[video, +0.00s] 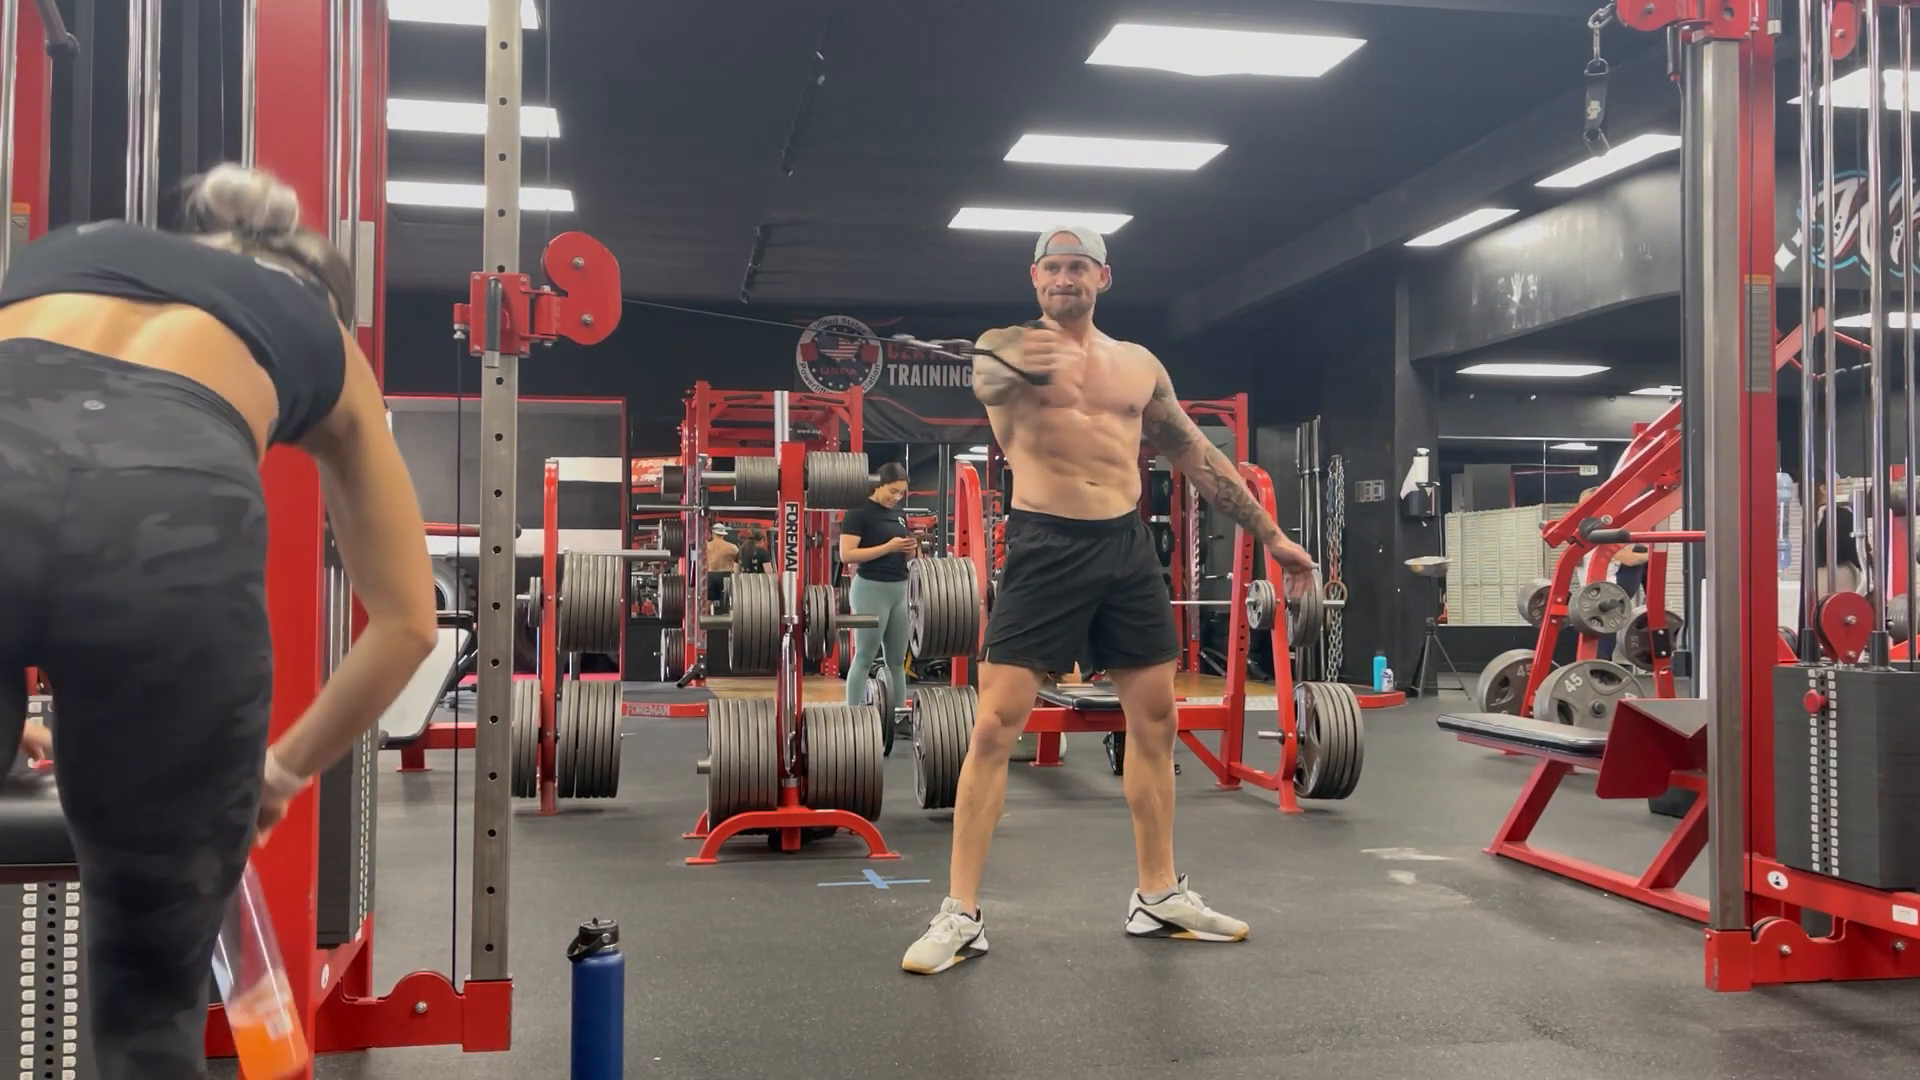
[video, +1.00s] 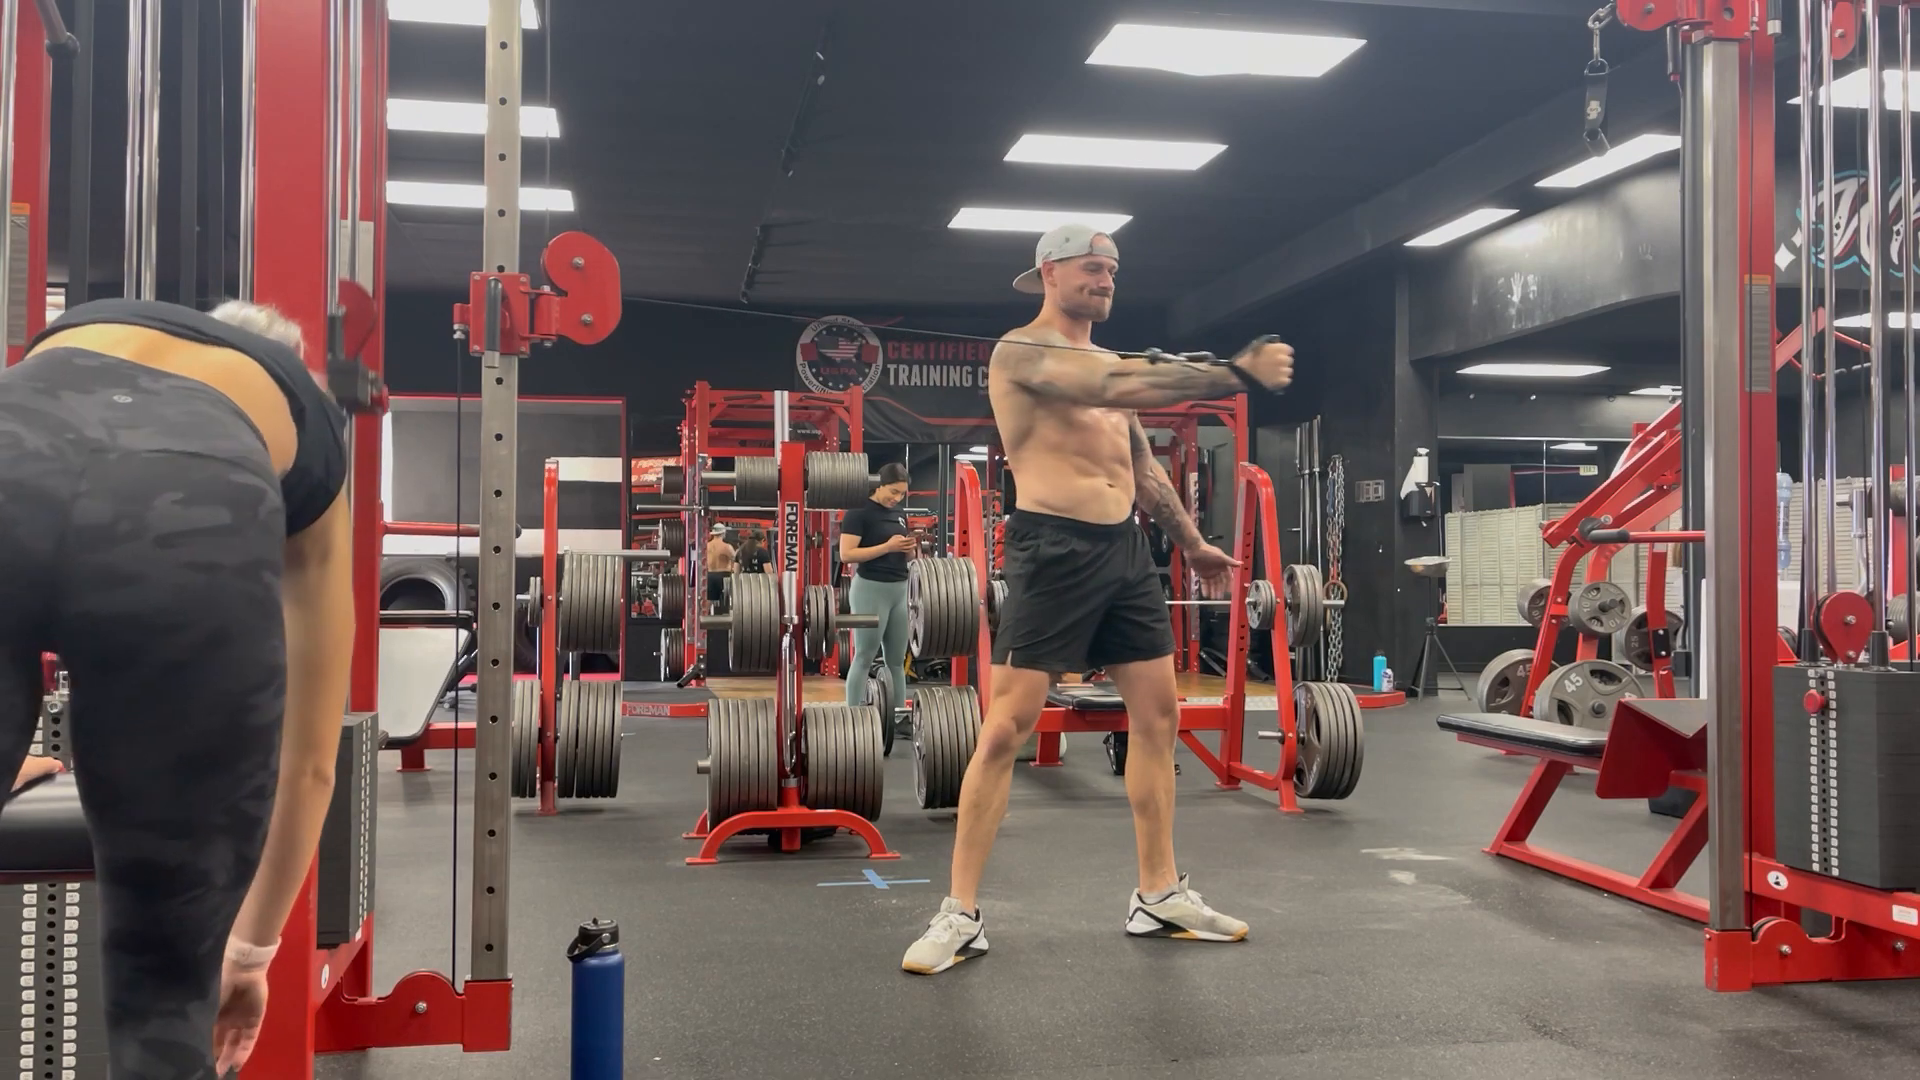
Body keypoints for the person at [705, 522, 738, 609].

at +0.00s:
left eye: (712, 534)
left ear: (713, 534)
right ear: (724, 534)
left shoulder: (707, 546)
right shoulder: (732, 547)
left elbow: (704, 561)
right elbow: (737, 561)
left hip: (711, 572)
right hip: (726, 572)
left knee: (708, 601)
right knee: (726, 602)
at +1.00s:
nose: (725, 534)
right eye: (724, 533)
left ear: (713, 533)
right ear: (723, 534)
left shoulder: (708, 545)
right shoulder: (726, 547)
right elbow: (735, 557)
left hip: (710, 572)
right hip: (724, 572)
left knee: (709, 600)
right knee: (724, 600)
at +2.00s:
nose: (725, 535)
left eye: (725, 533)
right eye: (724, 534)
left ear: (713, 534)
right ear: (722, 534)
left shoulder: (708, 545)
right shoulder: (725, 547)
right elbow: (732, 558)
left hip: (710, 572)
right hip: (723, 572)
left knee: (710, 600)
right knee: (724, 601)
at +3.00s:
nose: (710, 535)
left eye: (710, 533)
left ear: (712, 534)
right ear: (723, 534)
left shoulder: (706, 547)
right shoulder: (732, 548)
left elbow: (704, 563)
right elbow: (736, 564)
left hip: (711, 574)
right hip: (727, 575)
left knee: (709, 602)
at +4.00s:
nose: (727, 536)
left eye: (727, 533)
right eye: (725, 533)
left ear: (717, 534)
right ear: (721, 533)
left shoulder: (710, 545)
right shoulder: (718, 546)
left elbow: (731, 553)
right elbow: (724, 565)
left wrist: (749, 554)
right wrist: (732, 574)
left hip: (711, 573)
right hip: (719, 573)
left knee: (710, 600)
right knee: (721, 602)